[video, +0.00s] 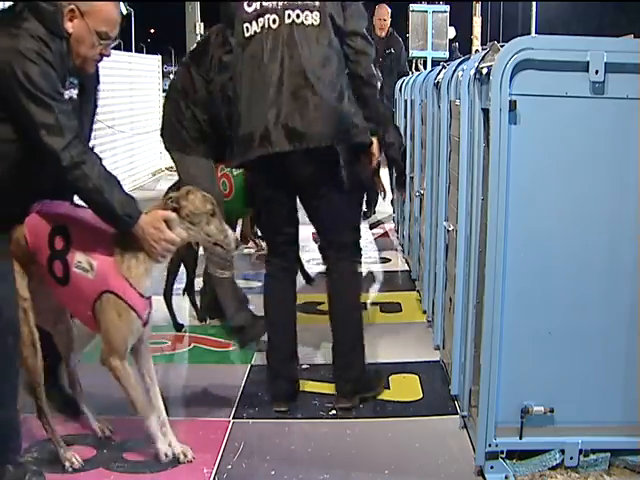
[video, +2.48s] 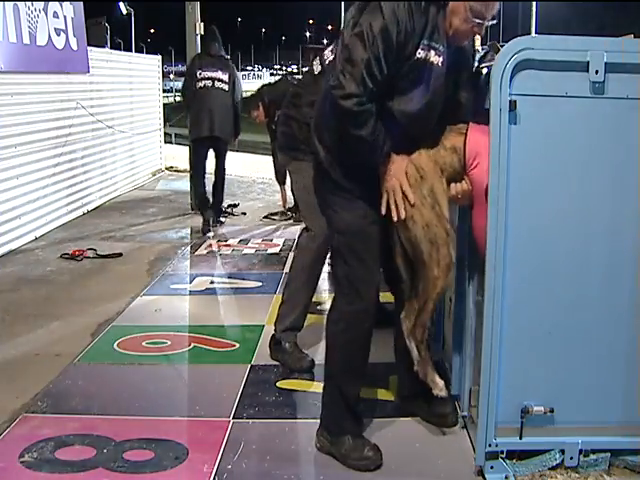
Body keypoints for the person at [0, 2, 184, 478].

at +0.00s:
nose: (107, 51)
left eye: (112, 41)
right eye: (102, 38)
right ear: (71, 18)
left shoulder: (78, 57)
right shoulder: (25, 48)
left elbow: (74, 148)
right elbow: (64, 149)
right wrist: (133, 219)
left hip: (35, 214)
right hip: (3, 216)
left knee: (52, 308)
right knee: (9, 330)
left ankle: (55, 386)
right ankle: (9, 452)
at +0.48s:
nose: (233, 51)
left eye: (239, 42)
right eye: (232, 37)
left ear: (210, 13)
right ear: (206, 11)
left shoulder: (185, 40)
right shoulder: (155, 30)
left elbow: (193, 139)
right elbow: (189, 132)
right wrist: (245, 214)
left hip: (145, 186)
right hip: (84, 181)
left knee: (166, 294)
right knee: (87, 300)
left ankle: (174, 403)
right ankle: (16, 429)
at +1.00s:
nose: (323, 35)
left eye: (328, 24)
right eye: (324, 18)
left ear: (296, 9)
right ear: (297, 4)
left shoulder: (259, 23)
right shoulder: (254, 32)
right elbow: (298, 142)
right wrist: (358, 204)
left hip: (194, 179)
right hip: (170, 181)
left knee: (220, 299)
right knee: (223, 321)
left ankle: (180, 384)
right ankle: (239, 466)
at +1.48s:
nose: (405, 31)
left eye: (408, 20)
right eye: (404, 15)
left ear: (373, 9)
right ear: (378, 5)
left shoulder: (321, 15)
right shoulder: (338, 27)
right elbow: (384, 132)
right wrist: (446, 194)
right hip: (251, 188)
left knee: (327, 292)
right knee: (282, 326)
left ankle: (350, 398)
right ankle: (241, 470)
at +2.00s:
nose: (480, 18)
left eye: (485, 12)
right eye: (479, 7)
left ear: (472, 12)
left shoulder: (450, 52)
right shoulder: (401, 8)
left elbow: (431, 133)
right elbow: (365, 78)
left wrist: (419, 189)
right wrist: (402, 154)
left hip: (373, 160)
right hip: (324, 149)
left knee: (382, 279)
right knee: (342, 274)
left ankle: (365, 398)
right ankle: (319, 424)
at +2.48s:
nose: (479, 32)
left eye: (486, 24)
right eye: (475, 19)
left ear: (483, 15)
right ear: (450, 3)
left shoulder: (464, 50)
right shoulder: (393, 15)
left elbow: (456, 122)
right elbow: (346, 95)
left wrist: (462, 176)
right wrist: (385, 161)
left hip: (406, 172)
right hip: (348, 163)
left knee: (416, 282)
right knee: (358, 293)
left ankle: (417, 390)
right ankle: (338, 426)